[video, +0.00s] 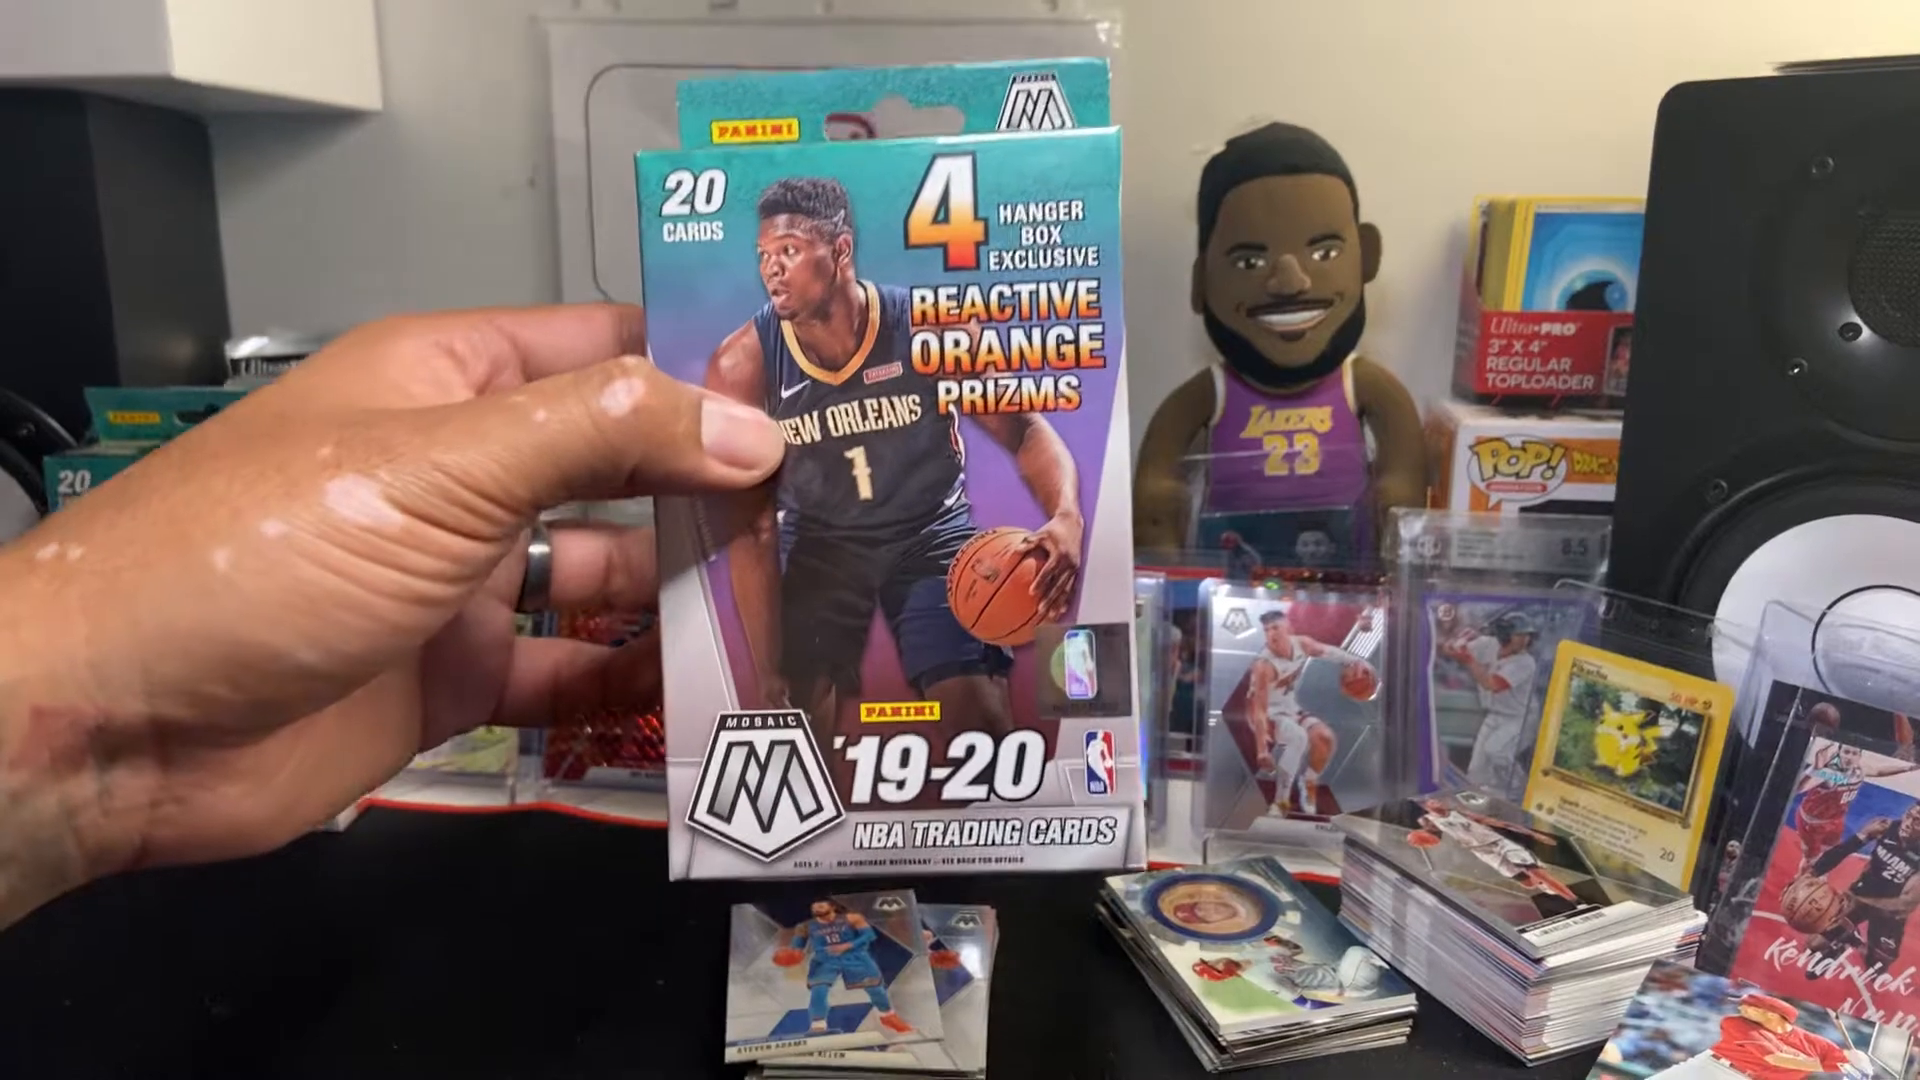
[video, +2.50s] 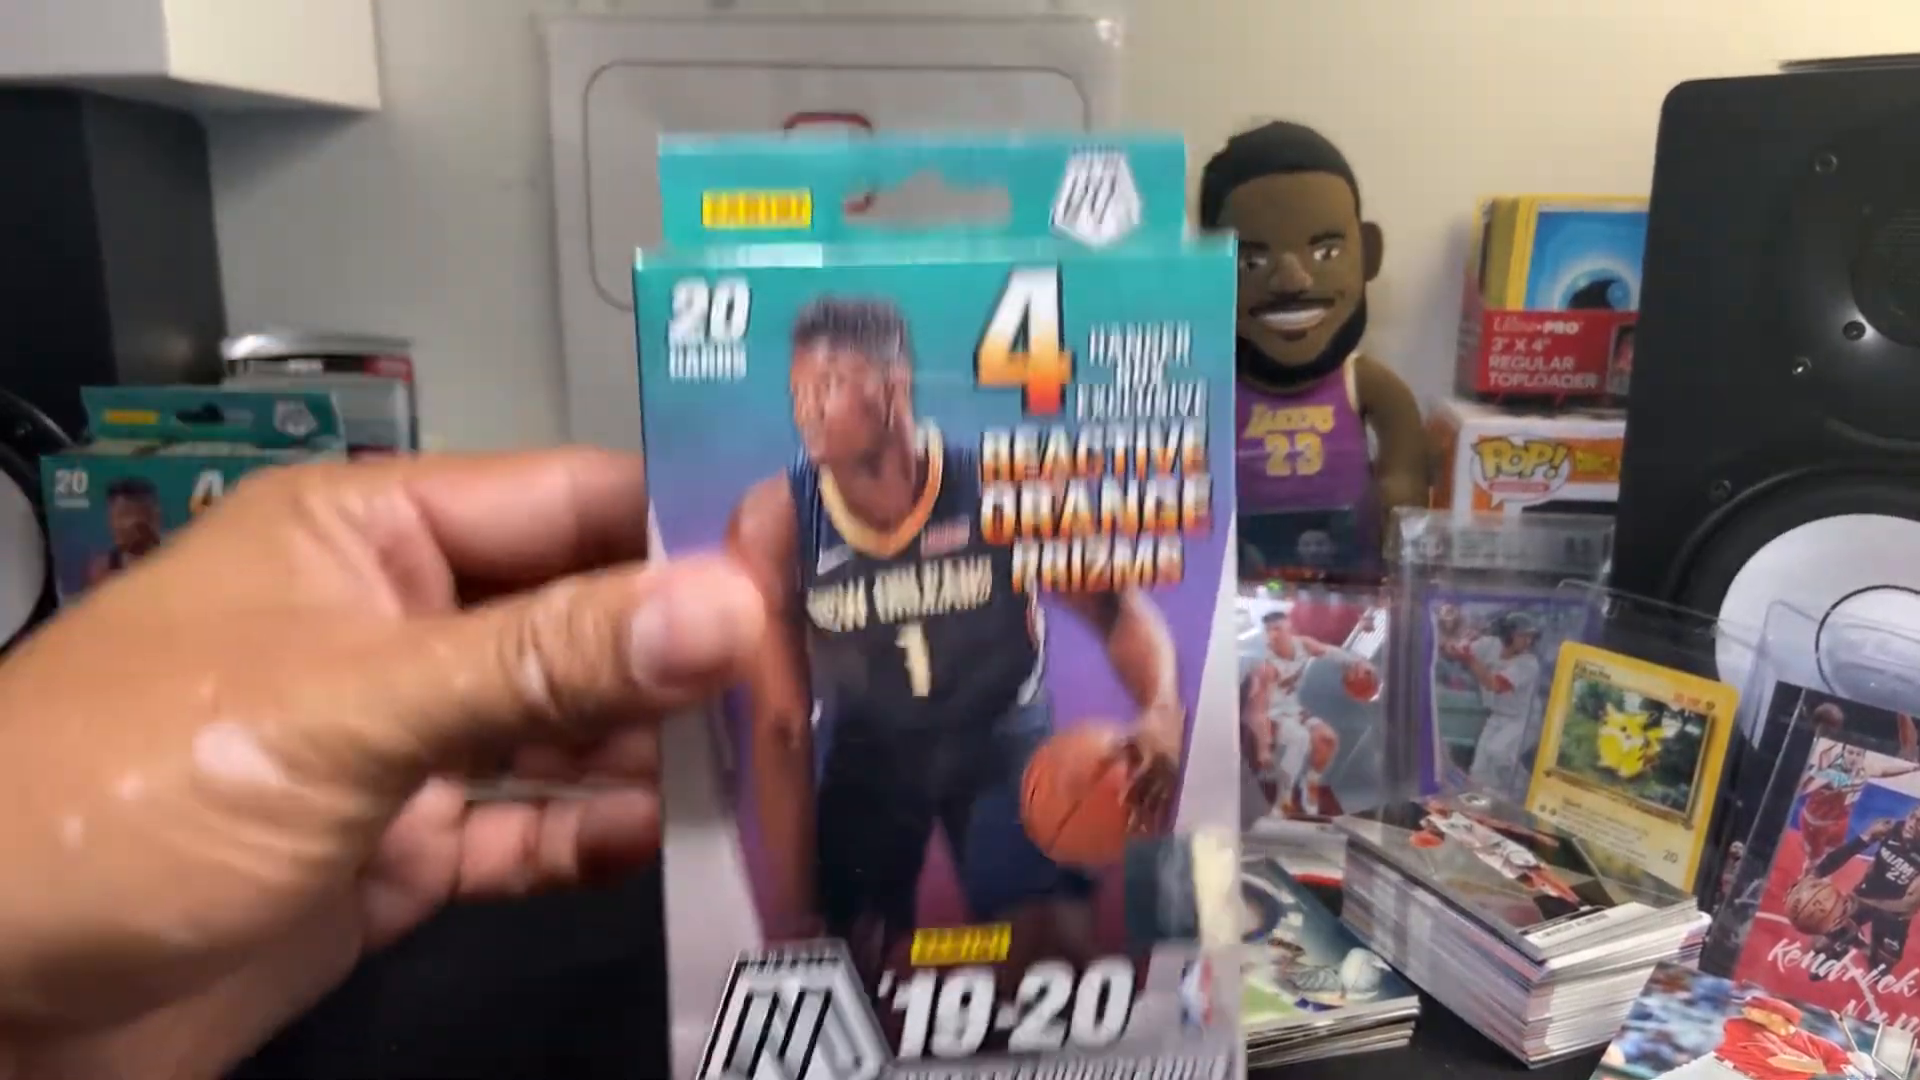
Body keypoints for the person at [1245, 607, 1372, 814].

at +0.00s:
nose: (1272, 634)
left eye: (1277, 628)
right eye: (1268, 630)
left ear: (1287, 629)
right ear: (1265, 634)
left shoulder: (1302, 644)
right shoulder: (1263, 666)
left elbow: (1330, 652)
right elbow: (1259, 710)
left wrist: (1358, 661)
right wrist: (1262, 750)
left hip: (1293, 709)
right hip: (1270, 713)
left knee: (1325, 739)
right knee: (1298, 737)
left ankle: (1309, 782)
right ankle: (1280, 802)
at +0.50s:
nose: (1273, 636)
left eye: (1277, 630)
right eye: (1268, 632)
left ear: (1288, 630)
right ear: (1265, 636)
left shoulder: (1303, 646)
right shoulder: (1263, 667)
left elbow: (1331, 654)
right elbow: (1259, 713)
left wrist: (1358, 663)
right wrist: (1263, 753)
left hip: (1294, 712)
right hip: (1270, 716)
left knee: (1326, 741)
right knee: (1299, 740)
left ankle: (1310, 785)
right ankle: (1281, 804)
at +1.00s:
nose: (1273, 635)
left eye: (1277, 629)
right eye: (1269, 631)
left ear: (1288, 629)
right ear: (1266, 634)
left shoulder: (1303, 645)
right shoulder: (1263, 665)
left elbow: (1331, 653)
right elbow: (1258, 711)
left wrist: (1358, 662)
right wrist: (1264, 752)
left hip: (1293, 710)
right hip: (1269, 714)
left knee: (1326, 740)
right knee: (1299, 738)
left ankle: (1310, 785)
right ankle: (1282, 802)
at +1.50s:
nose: (1274, 634)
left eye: (1278, 628)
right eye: (1269, 629)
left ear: (1289, 628)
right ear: (1265, 633)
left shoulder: (1303, 645)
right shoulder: (1264, 666)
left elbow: (1331, 652)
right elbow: (1260, 710)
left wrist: (1360, 662)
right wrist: (1263, 750)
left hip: (1295, 709)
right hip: (1272, 713)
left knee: (1326, 740)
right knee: (1299, 739)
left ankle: (1311, 787)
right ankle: (1282, 801)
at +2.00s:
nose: (1275, 634)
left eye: (1279, 628)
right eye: (1270, 629)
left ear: (1288, 627)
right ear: (1266, 632)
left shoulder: (1302, 643)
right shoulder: (1267, 663)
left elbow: (1331, 651)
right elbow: (1263, 703)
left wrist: (1359, 662)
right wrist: (1264, 729)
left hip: (1297, 710)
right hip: (1275, 712)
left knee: (1326, 739)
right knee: (1298, 738)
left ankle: (1311, 786)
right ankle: (1284, 796)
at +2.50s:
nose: (1274, 635)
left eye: (1278, 629)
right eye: (1270, 630)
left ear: (1289, 628)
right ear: (1266, 633)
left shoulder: (1303, 645)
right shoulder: (1266, 665)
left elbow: (1331, 652)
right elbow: (1258, 710)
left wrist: (1358, 663)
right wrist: (1263, 748)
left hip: (1295, 710)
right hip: (1272, 713)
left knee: (1327, 738)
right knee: (1300, 738)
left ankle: (1311, 783)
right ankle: (1283, 799)